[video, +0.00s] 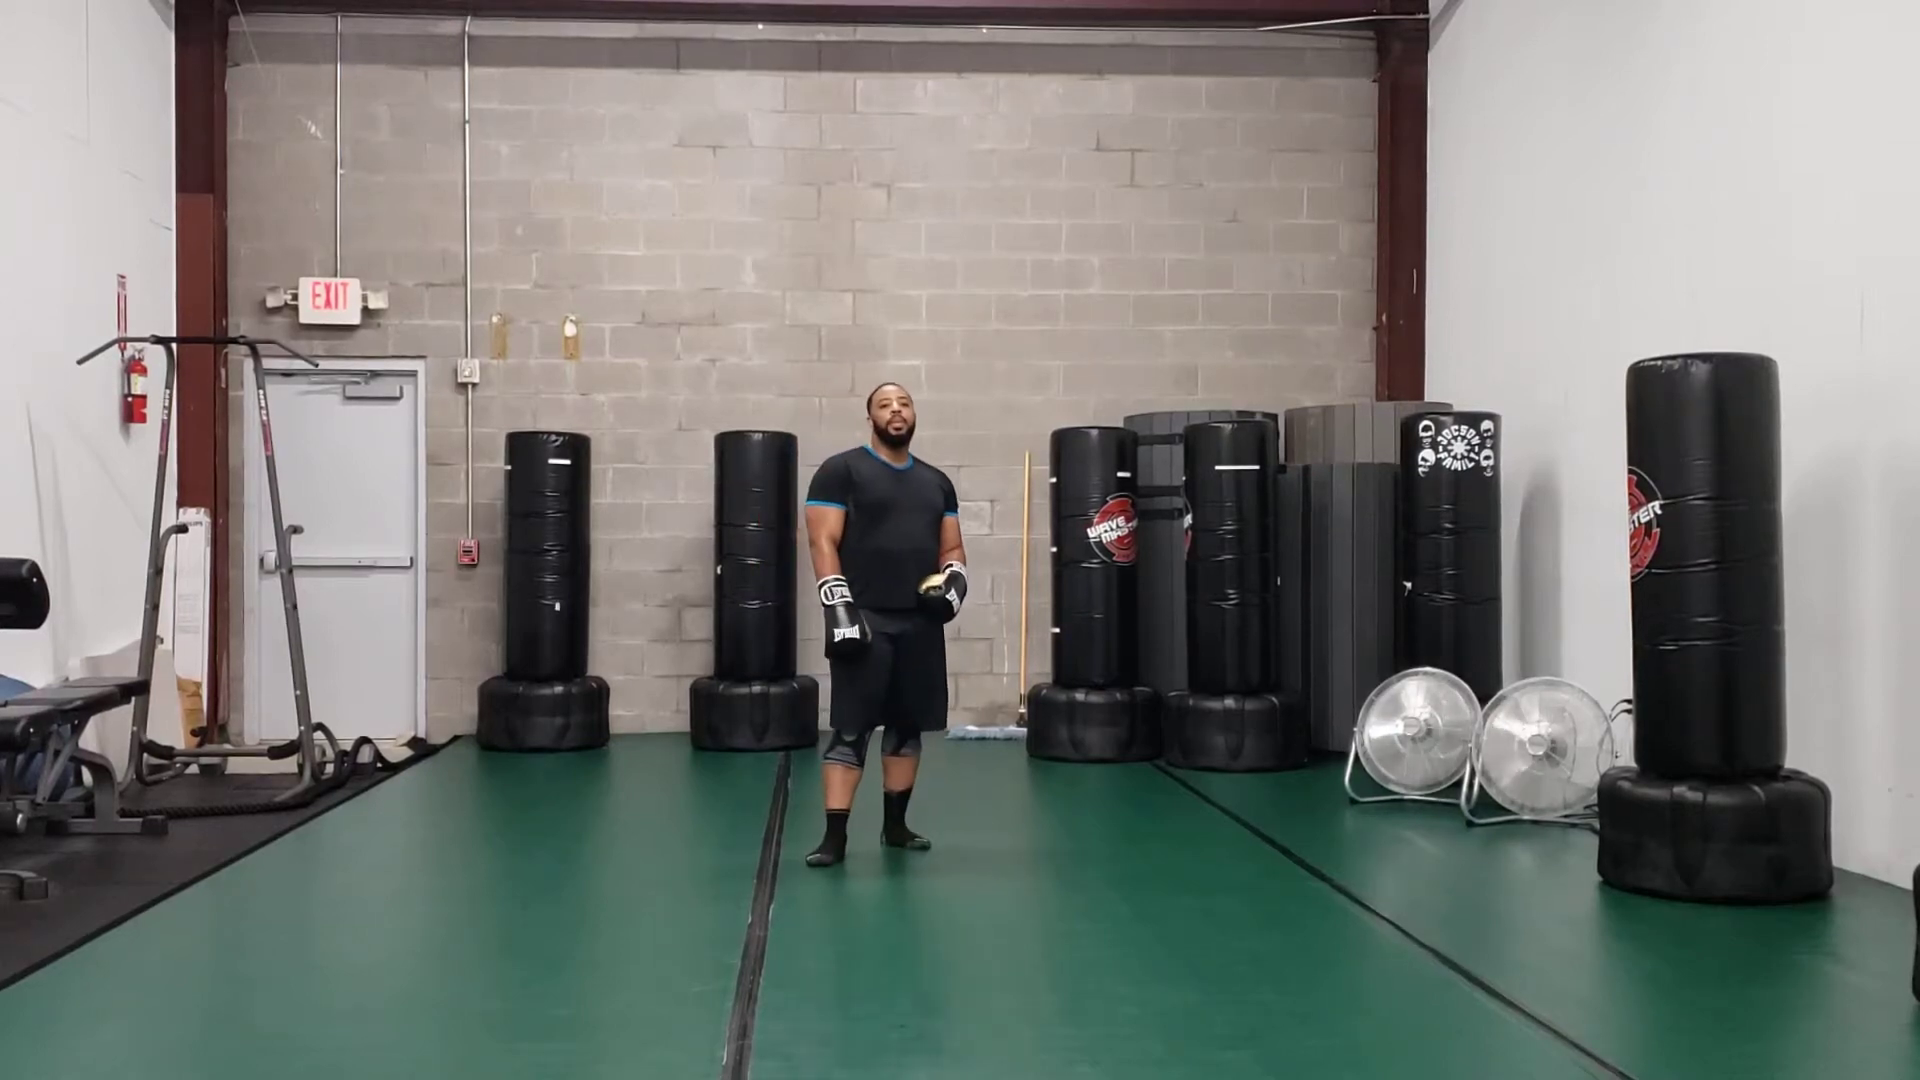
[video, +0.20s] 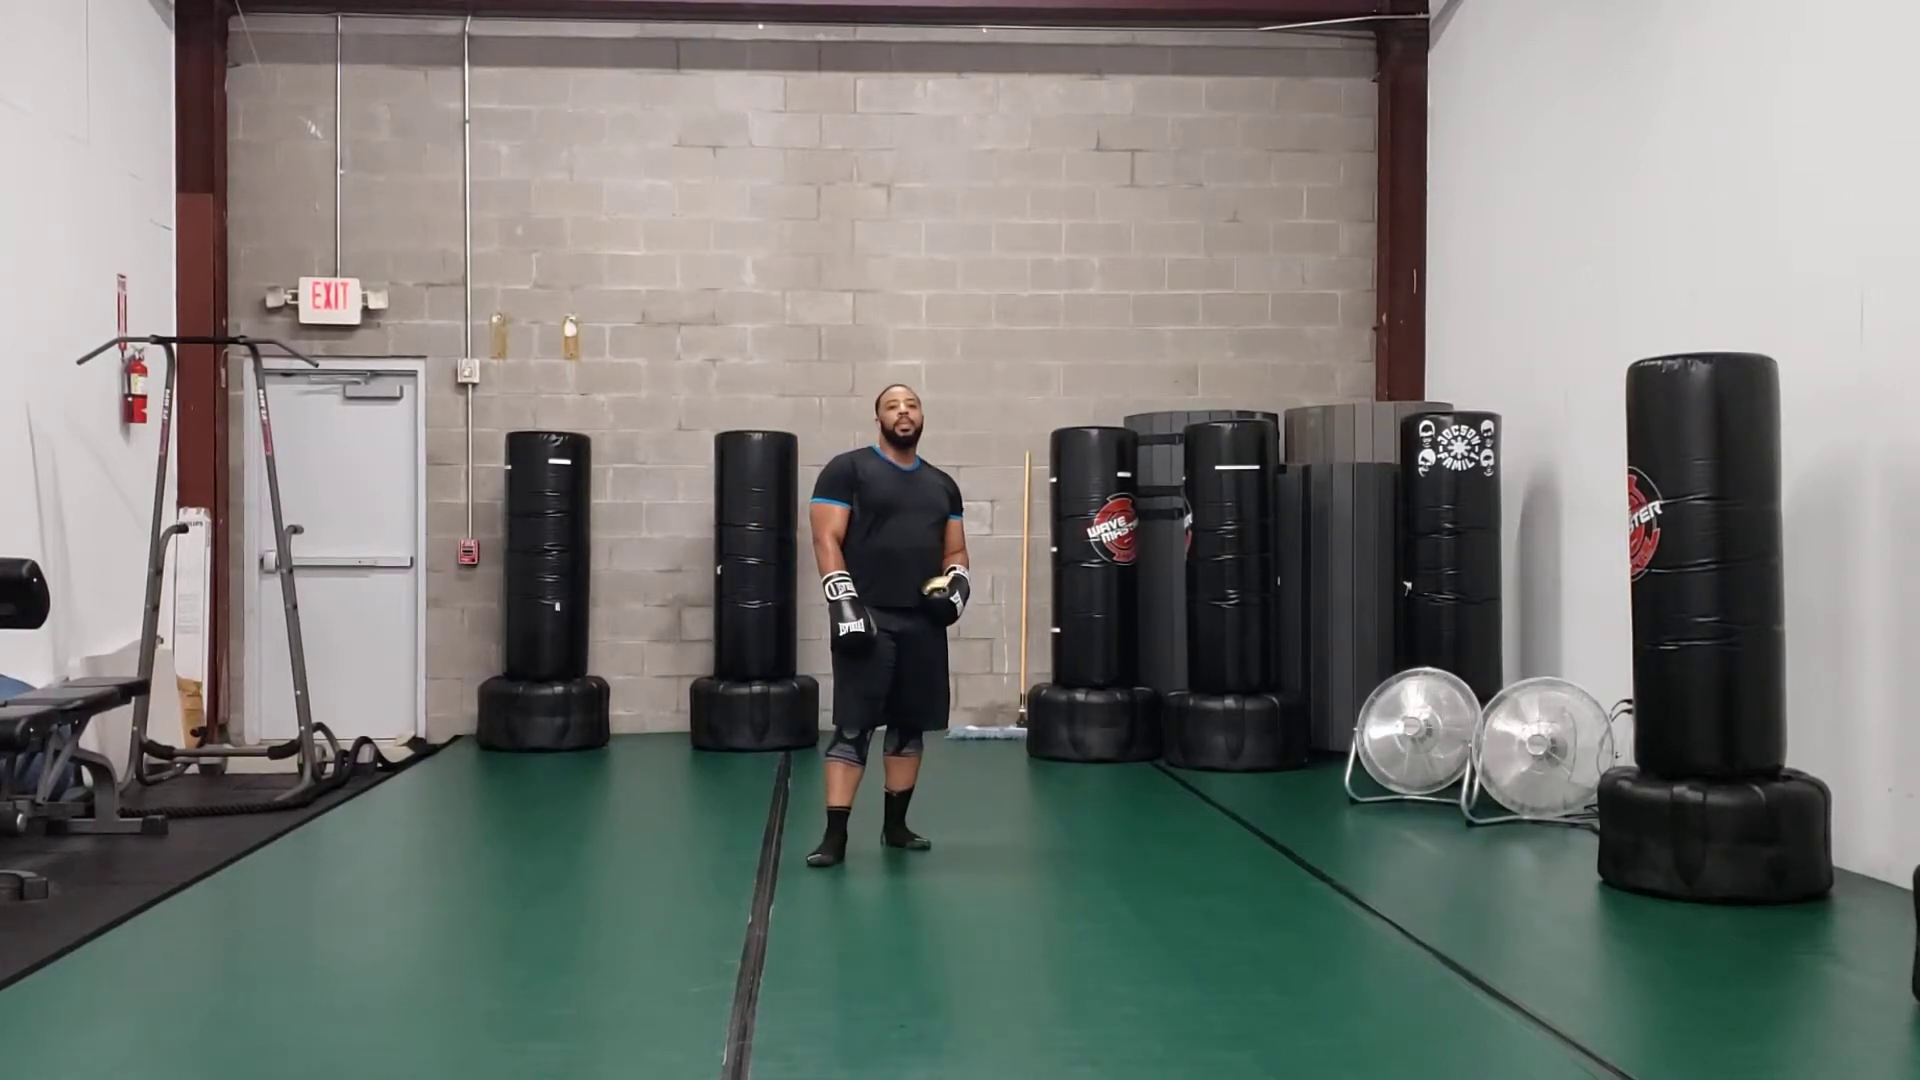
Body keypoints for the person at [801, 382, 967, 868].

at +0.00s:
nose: (896, 409)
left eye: (903, 403)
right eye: (885, 404)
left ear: (915, 417)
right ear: (870, 419)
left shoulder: (937, 482)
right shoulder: (841, 471)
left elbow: (951, 548)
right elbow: (822, 542)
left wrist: (952, 580)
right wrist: (838, 607)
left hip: (919, 621)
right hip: (861, 620)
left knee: (906, 727)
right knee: (850, 729)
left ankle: (895, 826)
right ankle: (833, 838)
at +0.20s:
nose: (903, 412)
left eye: (911, 405)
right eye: (893, 407)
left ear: (922, 420)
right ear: (878, 421)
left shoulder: (943, 485)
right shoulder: (847, 470)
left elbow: (955, 550)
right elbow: (826, 537)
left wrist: (954, 582)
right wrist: (842, 599)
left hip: (922, 620)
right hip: (864, 616)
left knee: (908, 726)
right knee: (853, 726)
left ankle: (896, 826)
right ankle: (834, 836)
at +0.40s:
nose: (905, 412)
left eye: (913, 406)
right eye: (894, 407)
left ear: (924, 420)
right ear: (880, 421)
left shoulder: (944, 487)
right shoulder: (847, 469)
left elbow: (956, 552)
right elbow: (821, 535)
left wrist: (954, 582)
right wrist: (837, 594)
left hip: (920, 620)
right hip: (862, 616)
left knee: (908, 725)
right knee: (850, 724)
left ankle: (896, 826)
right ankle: (832, 836)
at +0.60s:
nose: (897, 412)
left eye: (905, 406)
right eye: (887, 406)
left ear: (917, 419)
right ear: (873, 420)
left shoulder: (939, 486)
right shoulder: (839, 470)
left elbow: (953, 550)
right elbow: (812, 535)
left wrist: (947, 580)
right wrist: (838, 585)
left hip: (913, 624)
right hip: (852, 621)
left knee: (907, 726)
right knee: (835, 723)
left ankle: (895, 826)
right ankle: (810, 829)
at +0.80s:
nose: (878, 412)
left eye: (885, 405)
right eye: (867, 406)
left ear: (898, 416)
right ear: (854, 419)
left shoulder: (924, 482)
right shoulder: (823, 472)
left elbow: (943, 544)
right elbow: (799, 538)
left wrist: (934, 574)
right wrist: (841, 575)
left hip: (902, 622)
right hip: (841, 621)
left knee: (898, 726)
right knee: (820, 725)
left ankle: (895, 828)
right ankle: (792, 832)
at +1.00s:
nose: (852, 410)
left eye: (860, 402)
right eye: (842, 404)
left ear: (873, 415)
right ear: (828, 417)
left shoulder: (901, 479)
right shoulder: (799, 471)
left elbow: (917, 543)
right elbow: (774, 536)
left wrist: (912, 572)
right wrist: (820, 566)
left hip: (882, 621)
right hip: (820, 620)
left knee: (888, 724)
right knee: (809, 724)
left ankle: (894, 826)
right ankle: (790, 832)